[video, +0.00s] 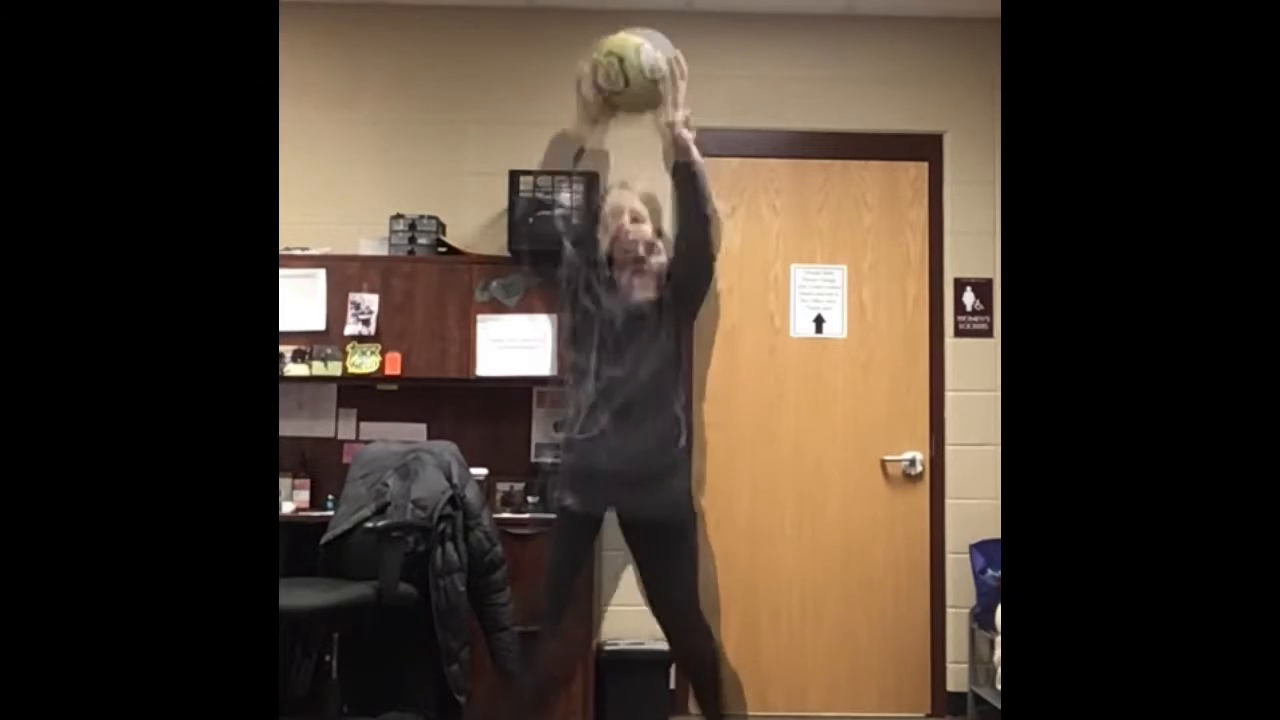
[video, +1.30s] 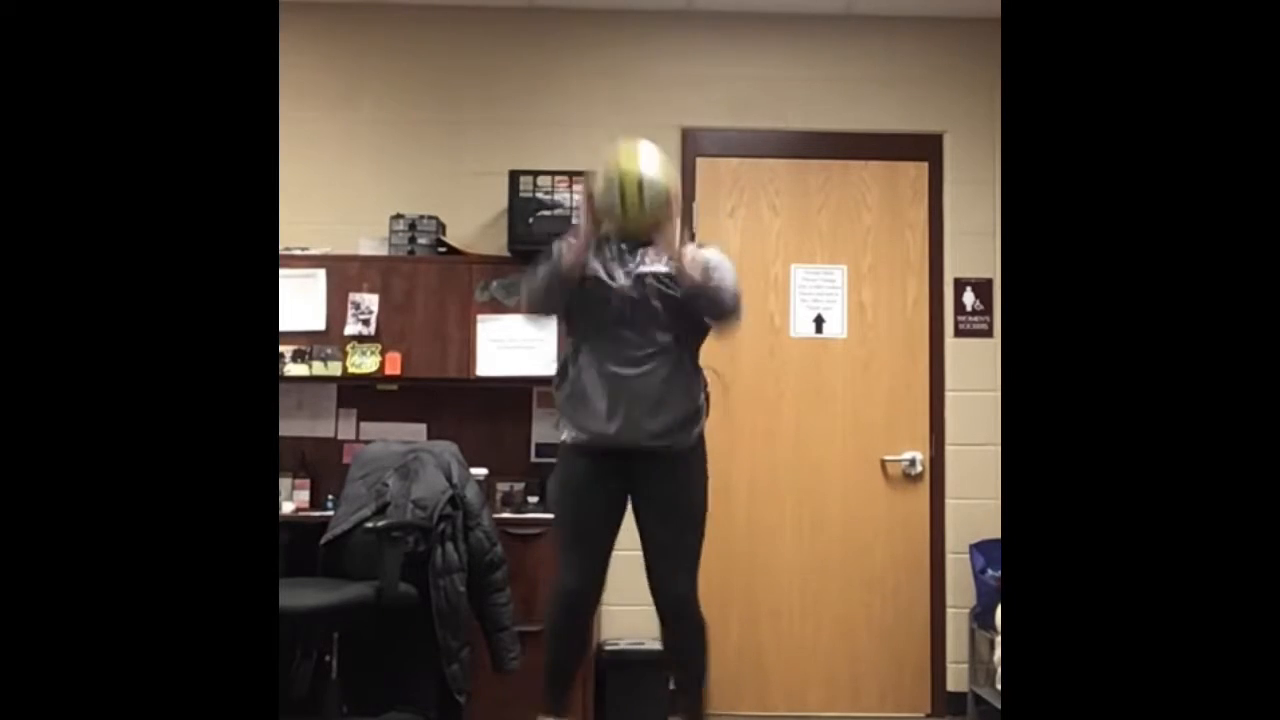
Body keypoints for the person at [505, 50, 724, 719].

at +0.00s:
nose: (632, 230)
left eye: (640, 220)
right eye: (618, 222)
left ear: (656, 235)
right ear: (600, 239)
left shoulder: (676, 298)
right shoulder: (584, 290)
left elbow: (698, 235)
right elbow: (561, 221)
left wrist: (678, 140)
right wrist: (586, 127)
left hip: (655, 474)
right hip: (583, 471)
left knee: (681, 621)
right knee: (557, 619)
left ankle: (721, 711)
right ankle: (526, 709)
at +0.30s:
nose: (630, 216)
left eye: (642, 209)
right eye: (619, 205)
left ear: (660, 227)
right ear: (599, 219)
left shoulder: (675, 290)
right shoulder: (578, 282)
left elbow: (710, 252)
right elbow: (535, 252)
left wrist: (677, 173)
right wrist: (570, 168)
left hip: (657, 468)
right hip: (578, 467)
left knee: (679, 615)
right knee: (541, 612)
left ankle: (709, 712)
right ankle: (487, 710)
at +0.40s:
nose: (625, 219)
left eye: (637, 208)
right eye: (612, 209)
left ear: (657, 214)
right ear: (593, 214)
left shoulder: (684, 275)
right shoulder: (574, 271)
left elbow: (705, 329)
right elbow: (532, 319)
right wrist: (574, 252)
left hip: (659, 457)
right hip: (579, 455)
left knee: (665, 598)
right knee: (561, 591)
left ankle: (675, 709)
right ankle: (547, 708)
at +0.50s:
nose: (632, 225)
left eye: (644, 219)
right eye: (621, 217)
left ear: (660, 238)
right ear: (601, 233)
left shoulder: (685, 316)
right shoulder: (562, 314)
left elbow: (695, 412)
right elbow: (542, 404)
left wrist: (656, 359)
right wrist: (581, 359)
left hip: (659, 494)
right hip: (581, 493)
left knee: (650, 629)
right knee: (584, 627)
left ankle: (648, 715)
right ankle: (594, 712)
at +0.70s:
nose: (624, 232)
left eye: (636, 220)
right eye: (613, 220)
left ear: (655, 225)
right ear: (592, 225)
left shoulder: (683, 281)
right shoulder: (566, 283)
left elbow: (706, 339)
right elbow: (536, 343)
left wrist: (672, 293)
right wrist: (574, 279)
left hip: (661, 474)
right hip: (582, 475)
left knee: (654, 609)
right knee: (587, 609)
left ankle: (652, 710)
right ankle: (592, 710)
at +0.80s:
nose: (634, 193)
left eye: (644, 187)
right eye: (622, 185)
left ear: (659, 203)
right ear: (601, 198)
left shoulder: (676, 263)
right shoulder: (574, 255)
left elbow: (712, 259)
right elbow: (536, 261)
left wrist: (680, 185)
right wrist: (579, 182)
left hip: (662, 444)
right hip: (581, 442)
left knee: (668, 593)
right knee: (572, 590)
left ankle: (681, 711)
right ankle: (556, 711)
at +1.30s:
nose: (633, 204)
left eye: (646, 193)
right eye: (620, 193)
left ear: (668, 200)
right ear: (601, 200)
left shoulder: (697, 259)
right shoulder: (580, 256)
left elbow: (726, 308)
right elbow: (534, 300)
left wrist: (684, 265)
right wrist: (573, 253)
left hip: (671, 451)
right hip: (590, 449)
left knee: (676, 594)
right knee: (574, 589)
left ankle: (691, 710)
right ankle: (553, 709)